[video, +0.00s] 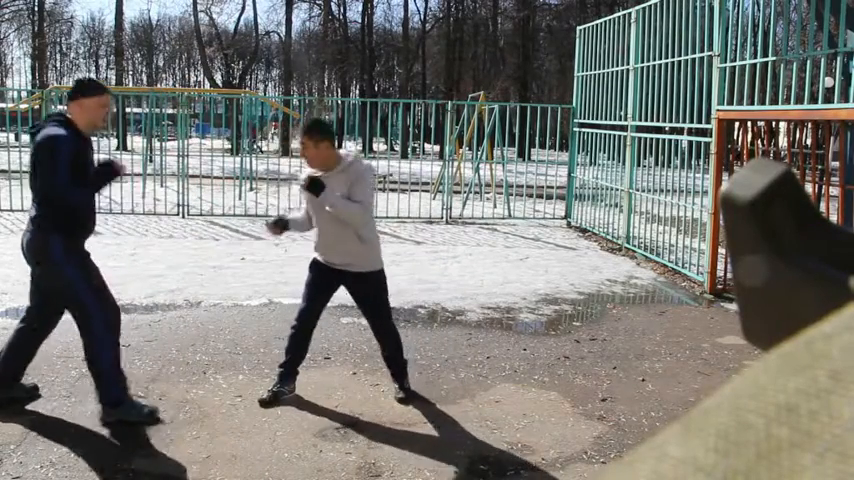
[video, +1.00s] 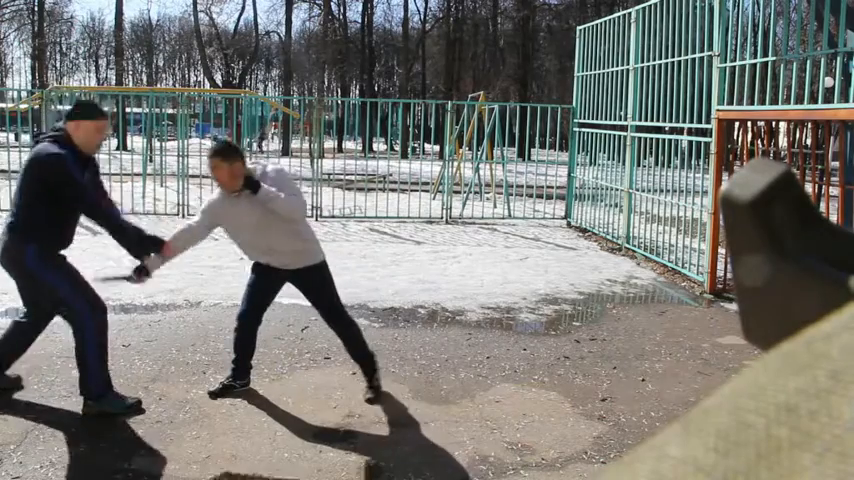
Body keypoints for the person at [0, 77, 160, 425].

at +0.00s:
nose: (105, 116)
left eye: (106, 109)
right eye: (100, 108)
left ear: (82, 108)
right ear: (77, 106)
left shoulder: (71, 137)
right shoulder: (57, 140)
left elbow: (73, 188)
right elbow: (66, 195)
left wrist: (105, 171)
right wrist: (107, 171)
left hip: (54, 246)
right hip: (58, 249)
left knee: (40, 319)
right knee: (102, 316)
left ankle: (6, 383)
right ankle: (116, 404)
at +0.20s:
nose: (92, 103)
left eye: (92, 96)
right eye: (86, 96)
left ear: (64, 99)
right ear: (62, 97)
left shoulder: (57, 131)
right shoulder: (50, 133)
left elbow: (63, 185)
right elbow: (64, 186)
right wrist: (114, 180)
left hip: (51, 239)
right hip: (60, 242)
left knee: (57, 310)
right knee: (102, 314)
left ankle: (7, 377)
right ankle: (100, 400)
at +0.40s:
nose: (88, 105)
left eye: (87, 98)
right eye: (82, 98)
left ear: (57, 103)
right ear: (57, 101)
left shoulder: (54, 134)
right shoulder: (45, 138)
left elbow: (58, 190)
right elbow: (61, 192)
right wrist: (104, 172)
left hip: (48, 242)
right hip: (59, 244)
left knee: (50, 313)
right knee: (111, 310)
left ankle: (9, 381)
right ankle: (108, 396)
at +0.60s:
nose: (91, 102)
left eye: (90, 95)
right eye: (85, 95)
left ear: (62, 99)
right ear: (61, 98)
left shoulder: (53, 130)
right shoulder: (56, 134)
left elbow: (65, 186)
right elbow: (70, 187)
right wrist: (113, 178)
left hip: (49, 239)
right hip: (68, 242)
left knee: (56, 308)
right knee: (109, 312)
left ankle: (8, 376)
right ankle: (118, 399)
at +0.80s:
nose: (111, 110)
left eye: (110, 103)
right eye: (107, 103)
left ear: (84, 101)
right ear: (88, 102)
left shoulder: (61, 126)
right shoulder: (75, 133)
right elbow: (103, 187)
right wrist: (155, 205)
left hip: (30, 233)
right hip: (50, 237)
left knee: (46, 305)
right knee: (94, 306)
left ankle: (7, 370)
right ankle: (103, 395)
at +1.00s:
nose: (103, 138)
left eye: (105, 131)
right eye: (98, 131)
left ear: (82, 130)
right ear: (75, 127)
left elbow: (105, 212)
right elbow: (98, 211)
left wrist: (143, 249)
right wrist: (151, 244)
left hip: (36, 253)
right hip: (28, 254)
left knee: (39, 312)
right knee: (90, 312)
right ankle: (98, 396)